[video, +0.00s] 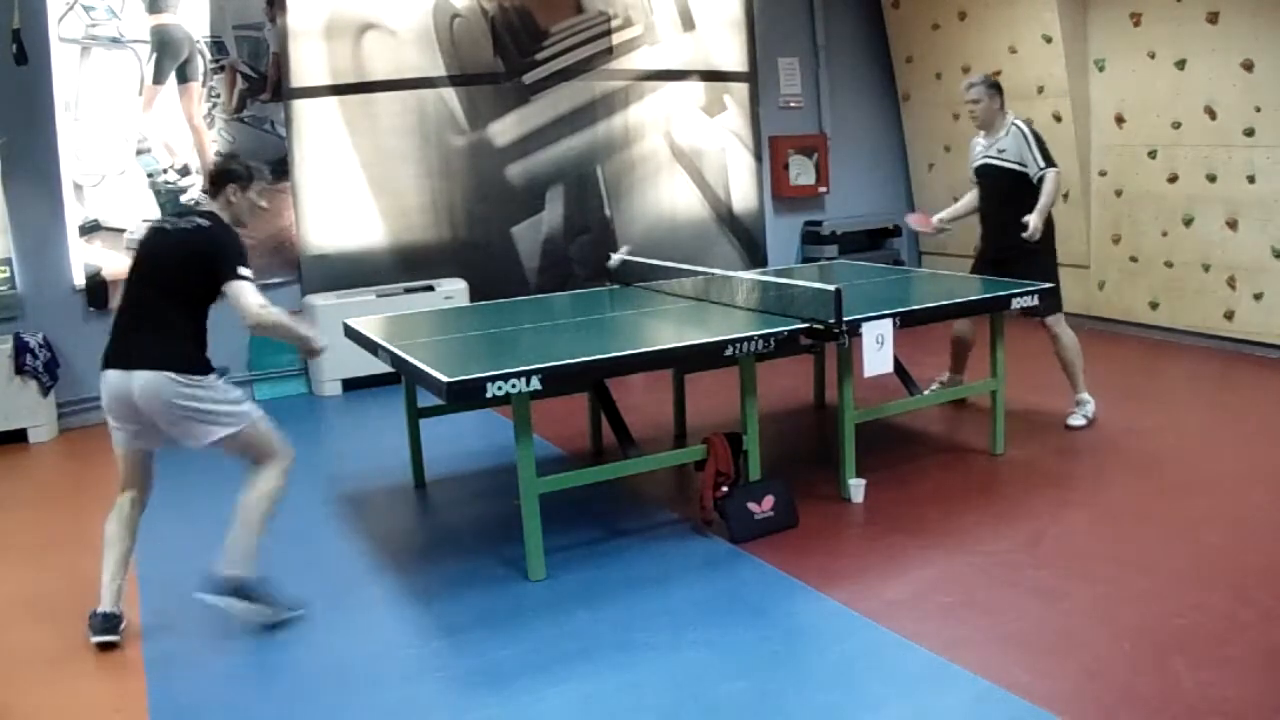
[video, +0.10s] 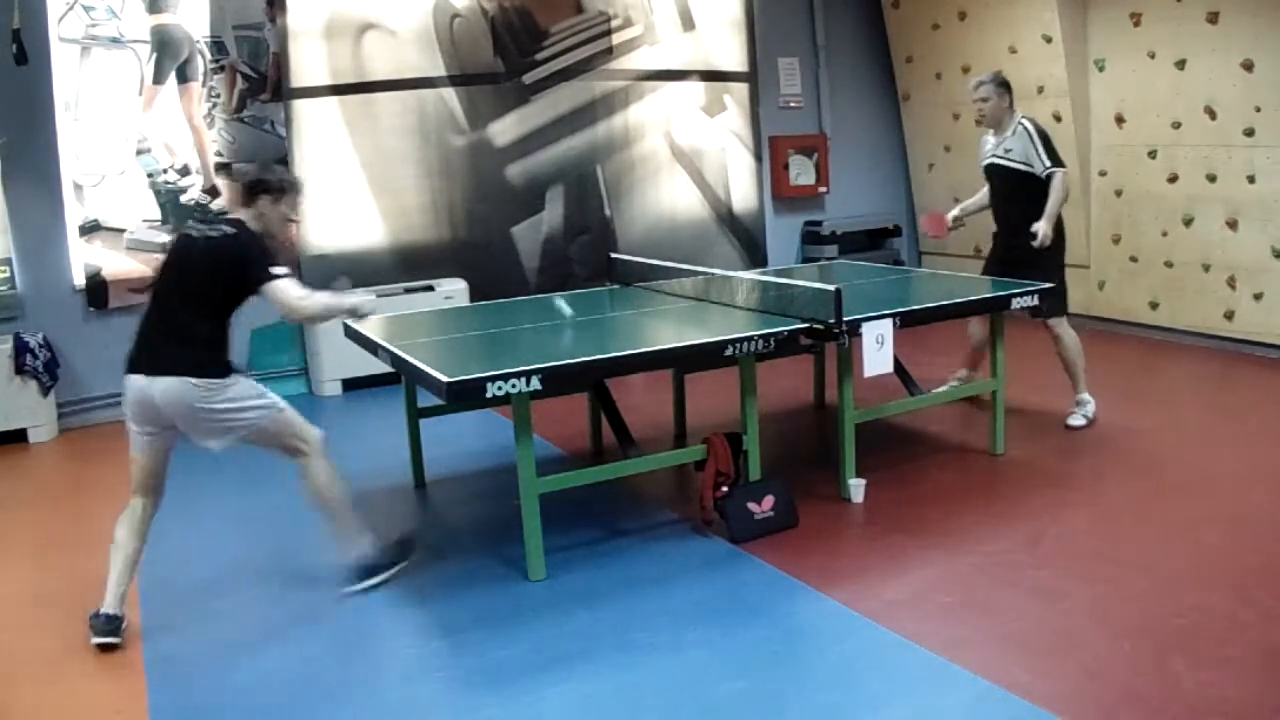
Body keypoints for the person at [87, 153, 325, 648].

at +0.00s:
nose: (263, 210)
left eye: (265, 199)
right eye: (259, 198)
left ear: (214, 190)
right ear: (234, 193)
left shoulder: (159, 230)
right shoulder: (220, 238)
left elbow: (125, 298)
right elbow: (255, 314)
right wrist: (304, 336)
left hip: (116, 377)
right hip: (173, 377)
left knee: (130, 492)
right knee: (275, 456)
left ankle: (107, 610)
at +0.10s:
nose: (294, 230)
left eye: (295, 219)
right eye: (289, 218)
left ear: (247, 206)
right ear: (260, 206)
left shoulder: (189, 237)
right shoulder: (250, 247)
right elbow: (297, 305)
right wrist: (353, 302)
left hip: (140, 383)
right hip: (198, 383)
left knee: (142, 497)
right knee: (308, 445)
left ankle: (109, 612)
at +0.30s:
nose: (378, 223)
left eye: (379, 214)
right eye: (377, 214)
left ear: (337, 201)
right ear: (355, 207)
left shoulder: (273, 234)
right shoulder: (349, 247)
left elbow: (229, 299)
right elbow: (417, 276)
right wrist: (454, 249)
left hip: (227, 380)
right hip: (288, 384)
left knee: (200, 486)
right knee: (382, 430)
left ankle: (127, 580)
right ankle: (416, 538)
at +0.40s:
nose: (395, 207)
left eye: (395, 199)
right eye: (394, 198)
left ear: (349, 189)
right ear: (377, 195)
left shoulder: (293, 223)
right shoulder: (380, 237)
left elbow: (252, 289)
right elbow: (466, 260)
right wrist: (514, 261)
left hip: (244, 366)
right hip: (299, 376)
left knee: (226, 469)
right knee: (397, 425)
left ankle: (153, 553)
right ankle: (416, 538)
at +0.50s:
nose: (393, 185)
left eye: (394, 177)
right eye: (392, 176)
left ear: (349, 168)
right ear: (372, 173)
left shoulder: (289, 207)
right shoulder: (381, 222)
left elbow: (250, 280)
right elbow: (459, 253)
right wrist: (522, 272)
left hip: (249, 350)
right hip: (305, 358)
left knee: (237, 446)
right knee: (392, 424)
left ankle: (179, 537)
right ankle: (416, 536)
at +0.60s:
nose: (382, 171)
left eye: (383, 161)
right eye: (380, 161)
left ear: (337, 157)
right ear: (361, 159)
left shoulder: (281, 196)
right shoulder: (369, 212)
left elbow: (242, 267)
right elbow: (448, 256)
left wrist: (247, 319)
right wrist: (504, 273)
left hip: (247, 342)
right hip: (305, 349)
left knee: (242, 434)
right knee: (384, 423)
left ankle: (194, 533)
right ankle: (418, 536)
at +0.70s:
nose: (362, 173)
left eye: (363, 164)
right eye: (360, 164)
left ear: (320, 160)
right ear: (340, 162)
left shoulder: (266, 202)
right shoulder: (349, 215)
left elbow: (227, 275)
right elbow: (420, 263)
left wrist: (219, 338)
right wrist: (475, 281)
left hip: (241, 351)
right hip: (299, 356)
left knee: (243, 434)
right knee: (383, 425)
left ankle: (203, 533)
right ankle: (416, 537)